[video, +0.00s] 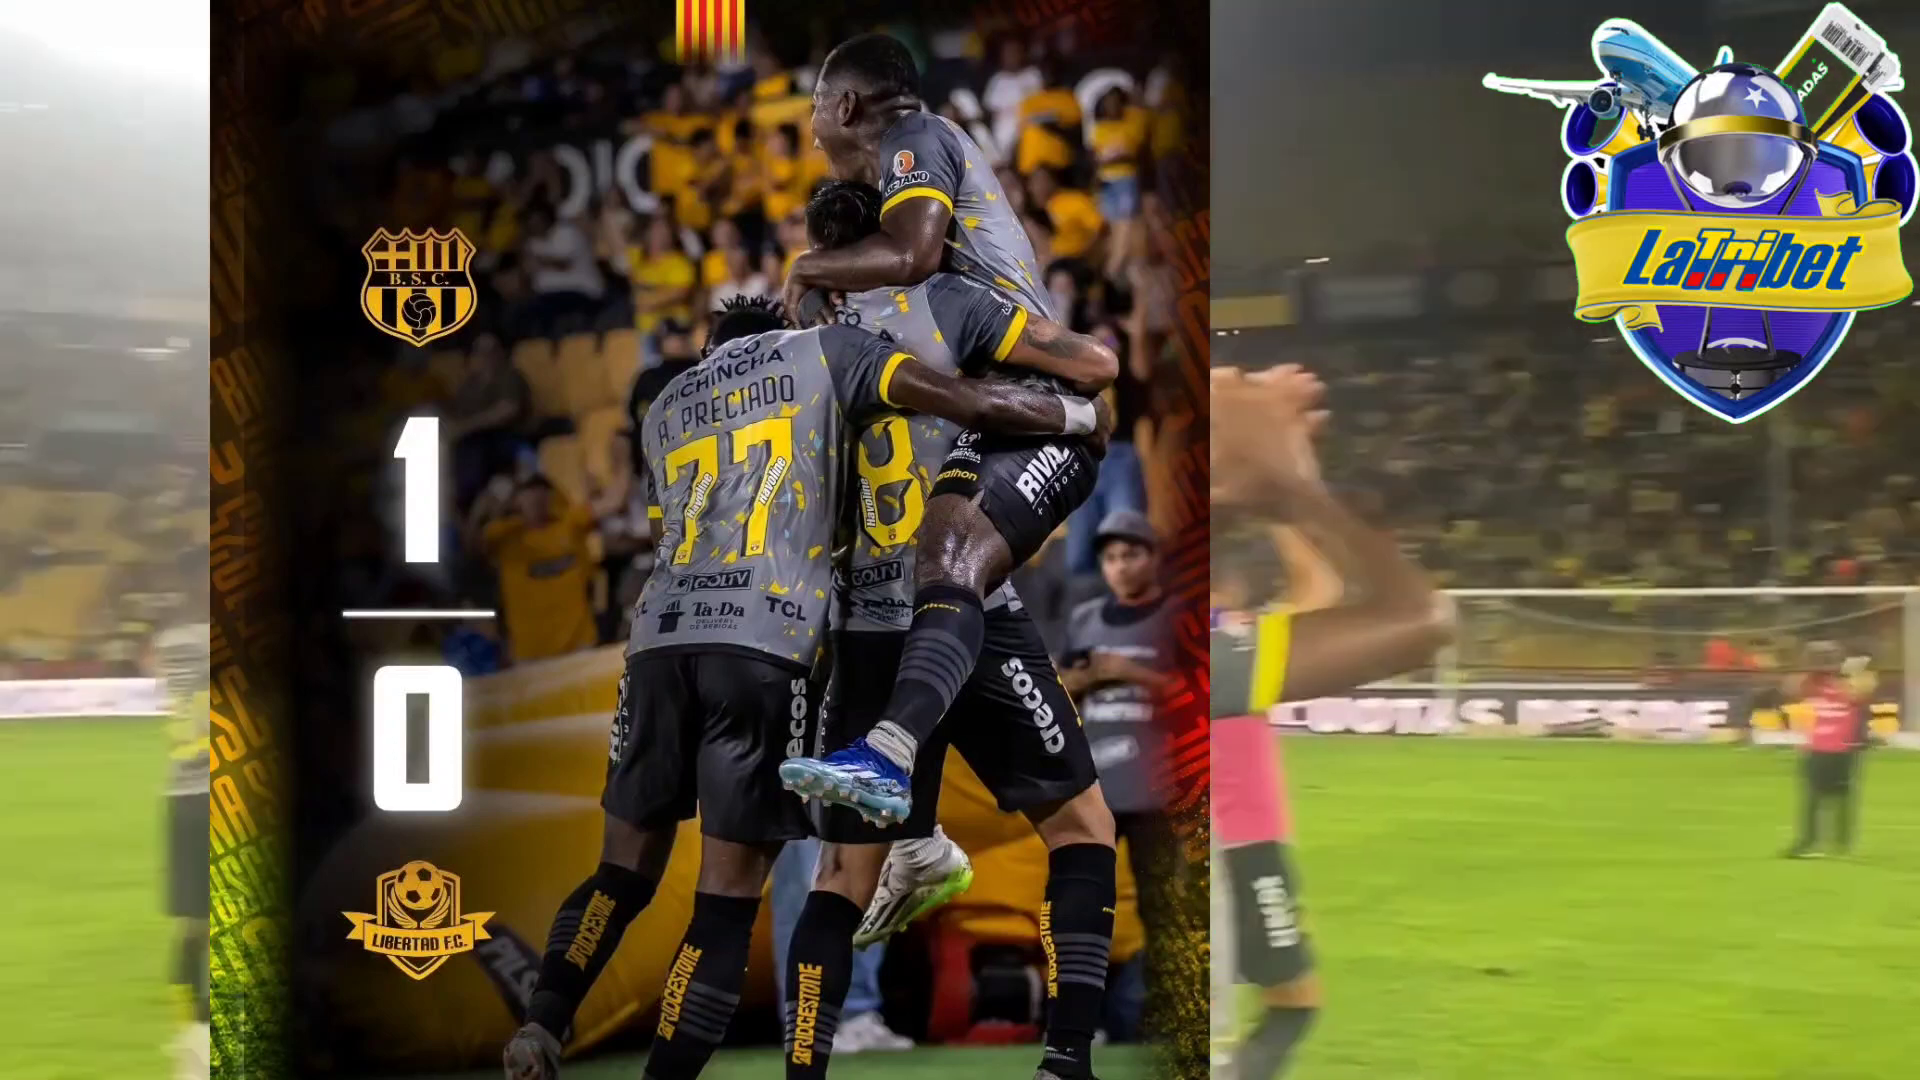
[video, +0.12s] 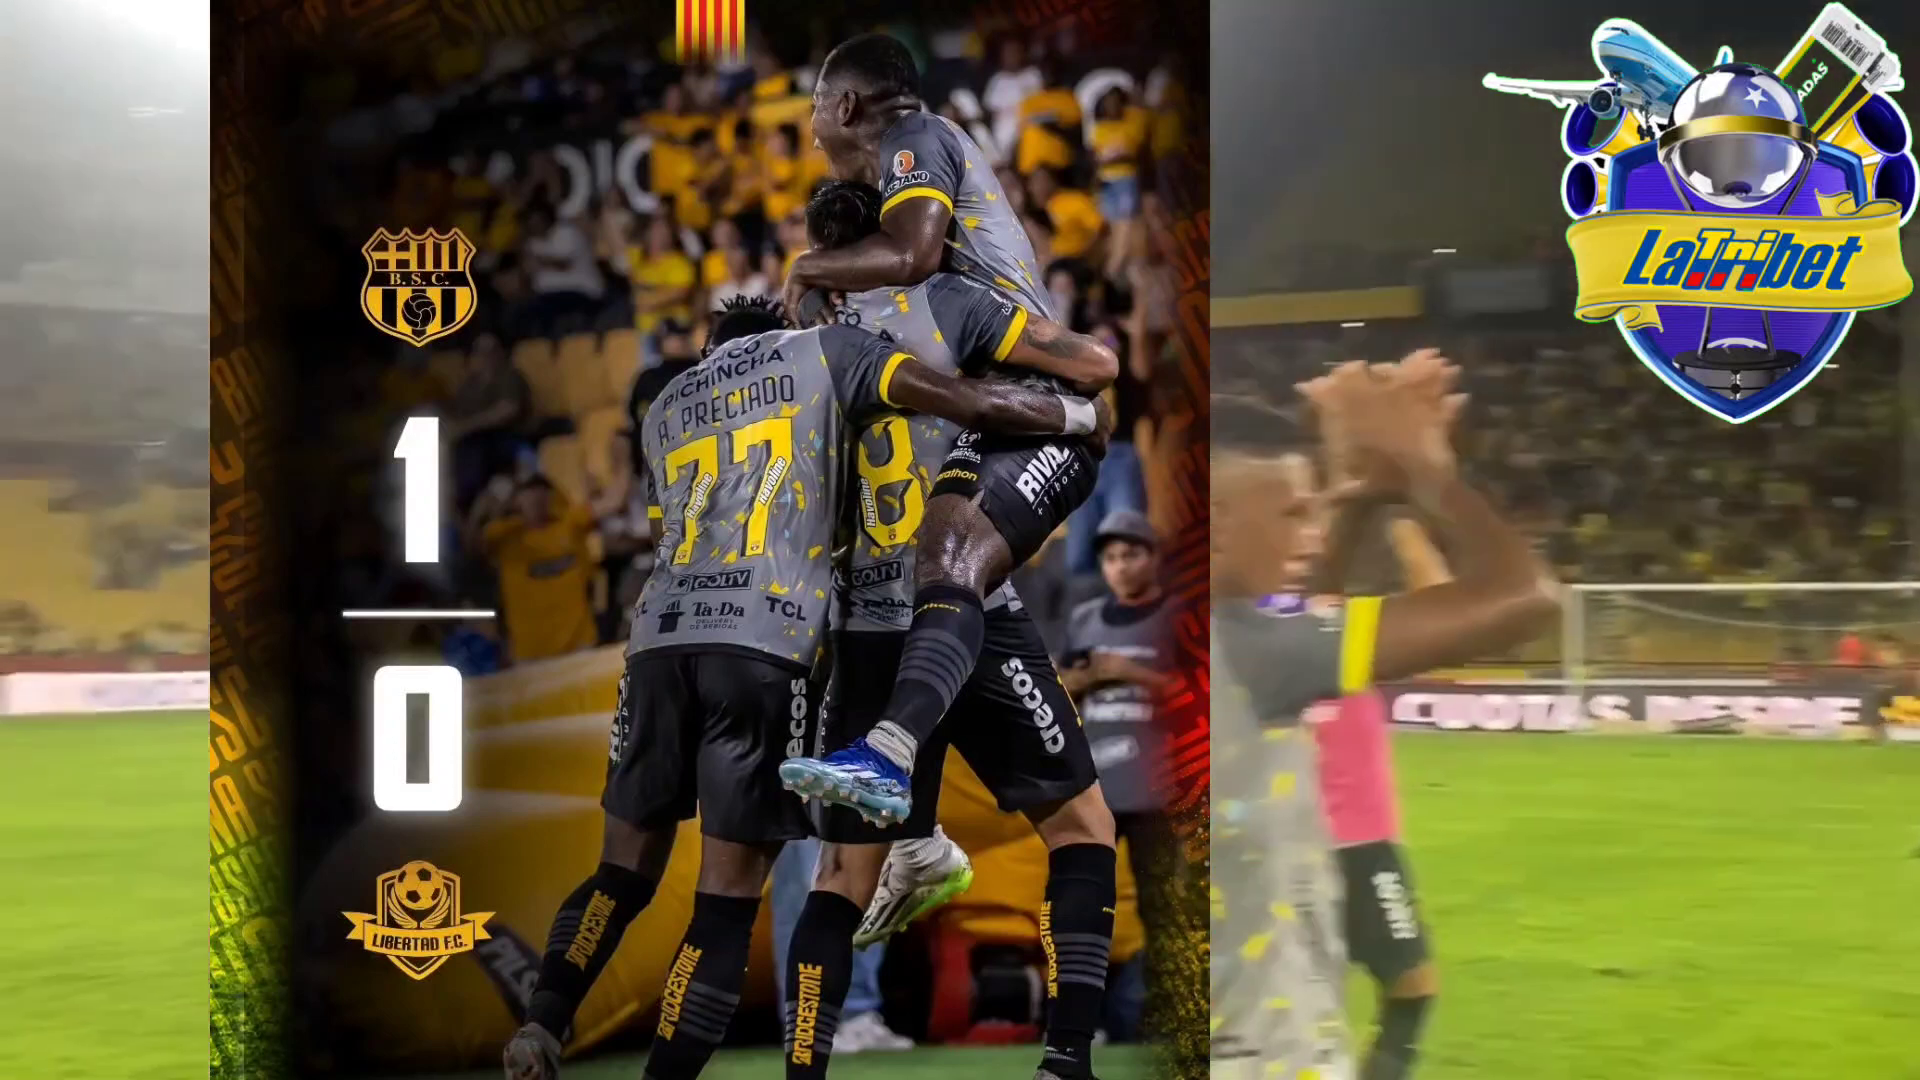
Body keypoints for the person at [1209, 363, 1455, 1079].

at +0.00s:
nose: (1124, 566)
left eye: (1135, 553)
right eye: (1111, 556)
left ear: (1160, 556)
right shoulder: (1203, 657)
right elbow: (1418, 616)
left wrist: (1282, 491)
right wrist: (1292, 486)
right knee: (1292, 999)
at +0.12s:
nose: (1310, 536)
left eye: (1314, 512)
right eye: (1290, 512)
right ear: (1221, 513)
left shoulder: (1248, 632)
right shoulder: (1241, 639)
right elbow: (1517, 597)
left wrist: (1382, 480)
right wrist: (1421, 464)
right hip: (1274, 1050)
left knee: (1415, 982)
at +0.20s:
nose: (1414, 529)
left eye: (1419, 504)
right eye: (1396, 506)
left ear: (1305, 517)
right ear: (1314, 516)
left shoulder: (1243, 636)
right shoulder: (1327, 643)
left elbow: (1443, 589)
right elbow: (1615, 586)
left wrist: (1486, 447)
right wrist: (1532, 433)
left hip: (1252, 1049)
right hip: (1350, 1053)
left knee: (1488, 985)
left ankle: (1492, 1055)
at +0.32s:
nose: (1524, 532)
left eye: (1525, 506)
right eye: (1503, 506)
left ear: (1410, 520)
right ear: (1417, 517)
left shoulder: (1316, 640)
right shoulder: (1432, 647)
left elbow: (1556, 590)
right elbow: (1711, 576)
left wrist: (1594, 455)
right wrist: (1637, 432)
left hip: (1331, 1046)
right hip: (1451, 1054)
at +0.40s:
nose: (1626, 531)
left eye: (1627, 505)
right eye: (1602, 505)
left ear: (1508, 518)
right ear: (1512, 518)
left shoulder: (1411, 637)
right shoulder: (1536, 654)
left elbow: (1647, 585)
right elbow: (1813, 555)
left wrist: (1690, 443)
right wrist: (1728, 415)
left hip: (1427, 1050)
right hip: (1553, 1058)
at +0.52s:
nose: (1721, 511)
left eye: (1718, 480)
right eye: (1701, 483)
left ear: (1601, 498)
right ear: (1608, 497)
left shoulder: (1496, 615)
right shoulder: (1632, 644)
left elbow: (1736, 561)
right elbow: (1904, 543)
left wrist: (1772, 408)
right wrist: (1818, 385)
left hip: (1515, 1041)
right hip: (1642, 1053)